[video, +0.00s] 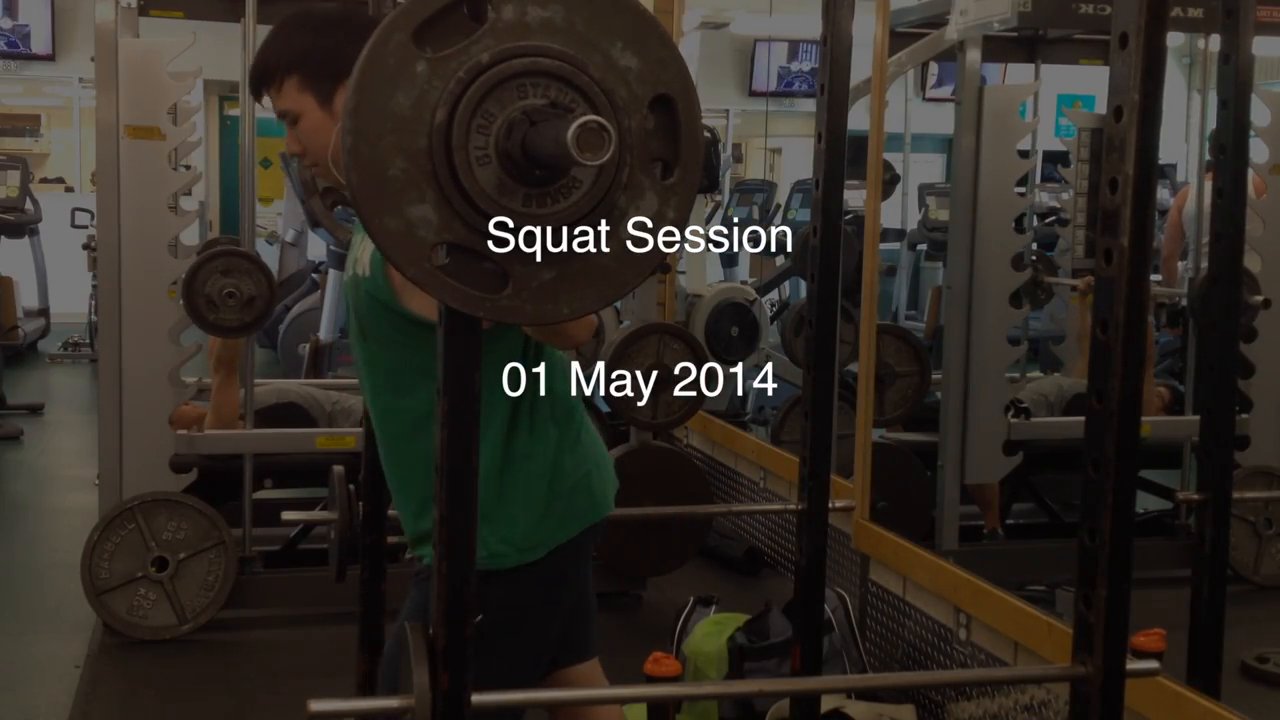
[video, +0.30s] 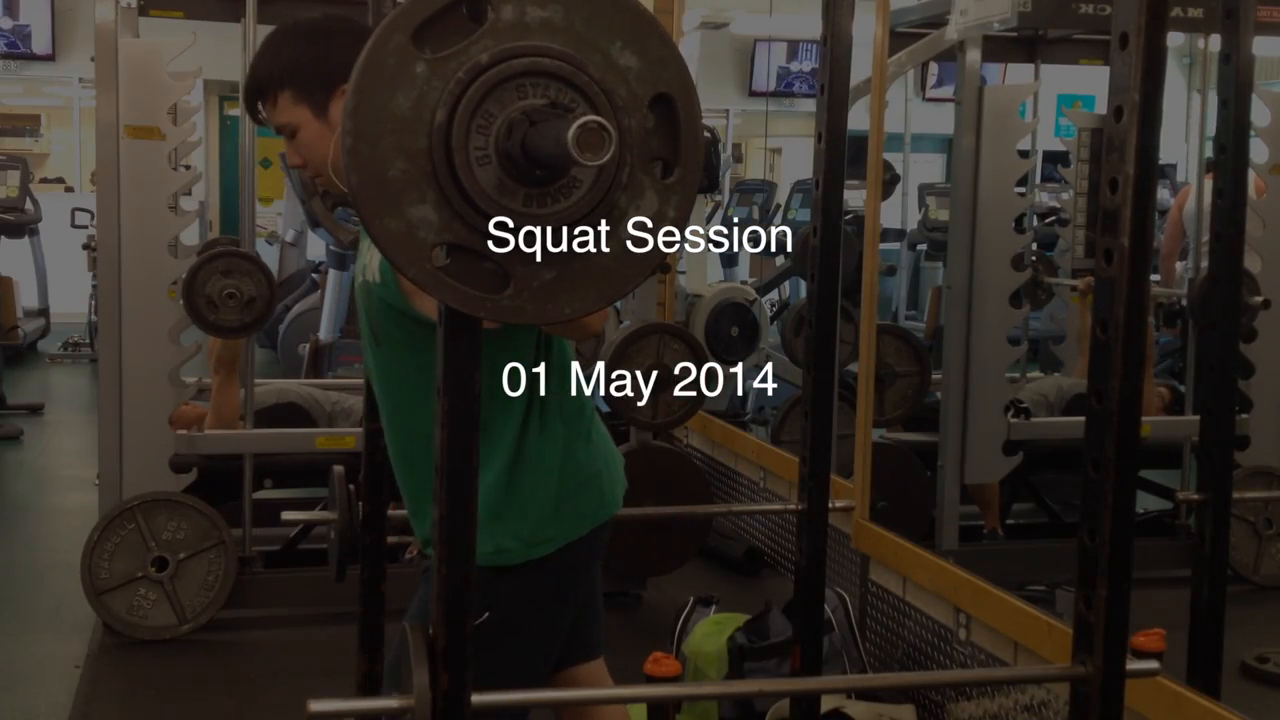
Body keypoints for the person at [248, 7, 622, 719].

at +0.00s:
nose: (291, 144)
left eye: (295, 120)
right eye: (285, 125)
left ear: (351, 101)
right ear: (343, 107)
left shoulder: (403, 228)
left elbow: (574, 327)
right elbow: (569, 325)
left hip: (500, 522)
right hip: (554, 493)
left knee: (439, 696)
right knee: (574, 674)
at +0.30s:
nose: (290, 155)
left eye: (292, 131)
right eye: (281, 139)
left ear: (347, 103)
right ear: (340, 108)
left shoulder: (405, 217)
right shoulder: (389, 220)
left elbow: (586, 320)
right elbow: (586, 319)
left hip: (512, 510)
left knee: (445, 689)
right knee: (579, 676)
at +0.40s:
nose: (289, 155)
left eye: (291, 131)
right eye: (280, 138)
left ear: (347, 103)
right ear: (342, 109)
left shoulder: (404, 215)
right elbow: (586, 318)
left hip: (509, 511)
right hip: (557, 489)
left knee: (455, 693)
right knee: (577, 676)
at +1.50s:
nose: (296, 120)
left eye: (305, 95)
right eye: (295, 98)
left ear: (369, 89)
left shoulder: (414, 223)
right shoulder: (369, 224)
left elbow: (571, 328)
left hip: (450, 544)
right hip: (395, 535)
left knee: (348, 714)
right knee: (334, 696)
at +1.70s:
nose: (295, 118)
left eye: (305, 92)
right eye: (295, 95)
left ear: (368, 87)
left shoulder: (416, 222)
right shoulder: (370, 220)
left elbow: (569, 330)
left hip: (451, 544)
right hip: (395, 534)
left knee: (350, 714)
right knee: (339, 702)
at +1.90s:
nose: (305, 84)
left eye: (322, 61)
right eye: (311, 63)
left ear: (387, 72)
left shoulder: (418, 219)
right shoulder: (376, 216)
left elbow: (571, 327)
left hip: (450, 540)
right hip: (397, 531)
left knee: (355, 715)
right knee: (338, 705)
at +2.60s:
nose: (307, 56)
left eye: (323, 32)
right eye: (312, 33)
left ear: (383, 44)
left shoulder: (400, 185)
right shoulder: (372, 183)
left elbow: (564, 304)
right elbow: (561, 302)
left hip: (436, 518)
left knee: (419, 706)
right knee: (412, 703)